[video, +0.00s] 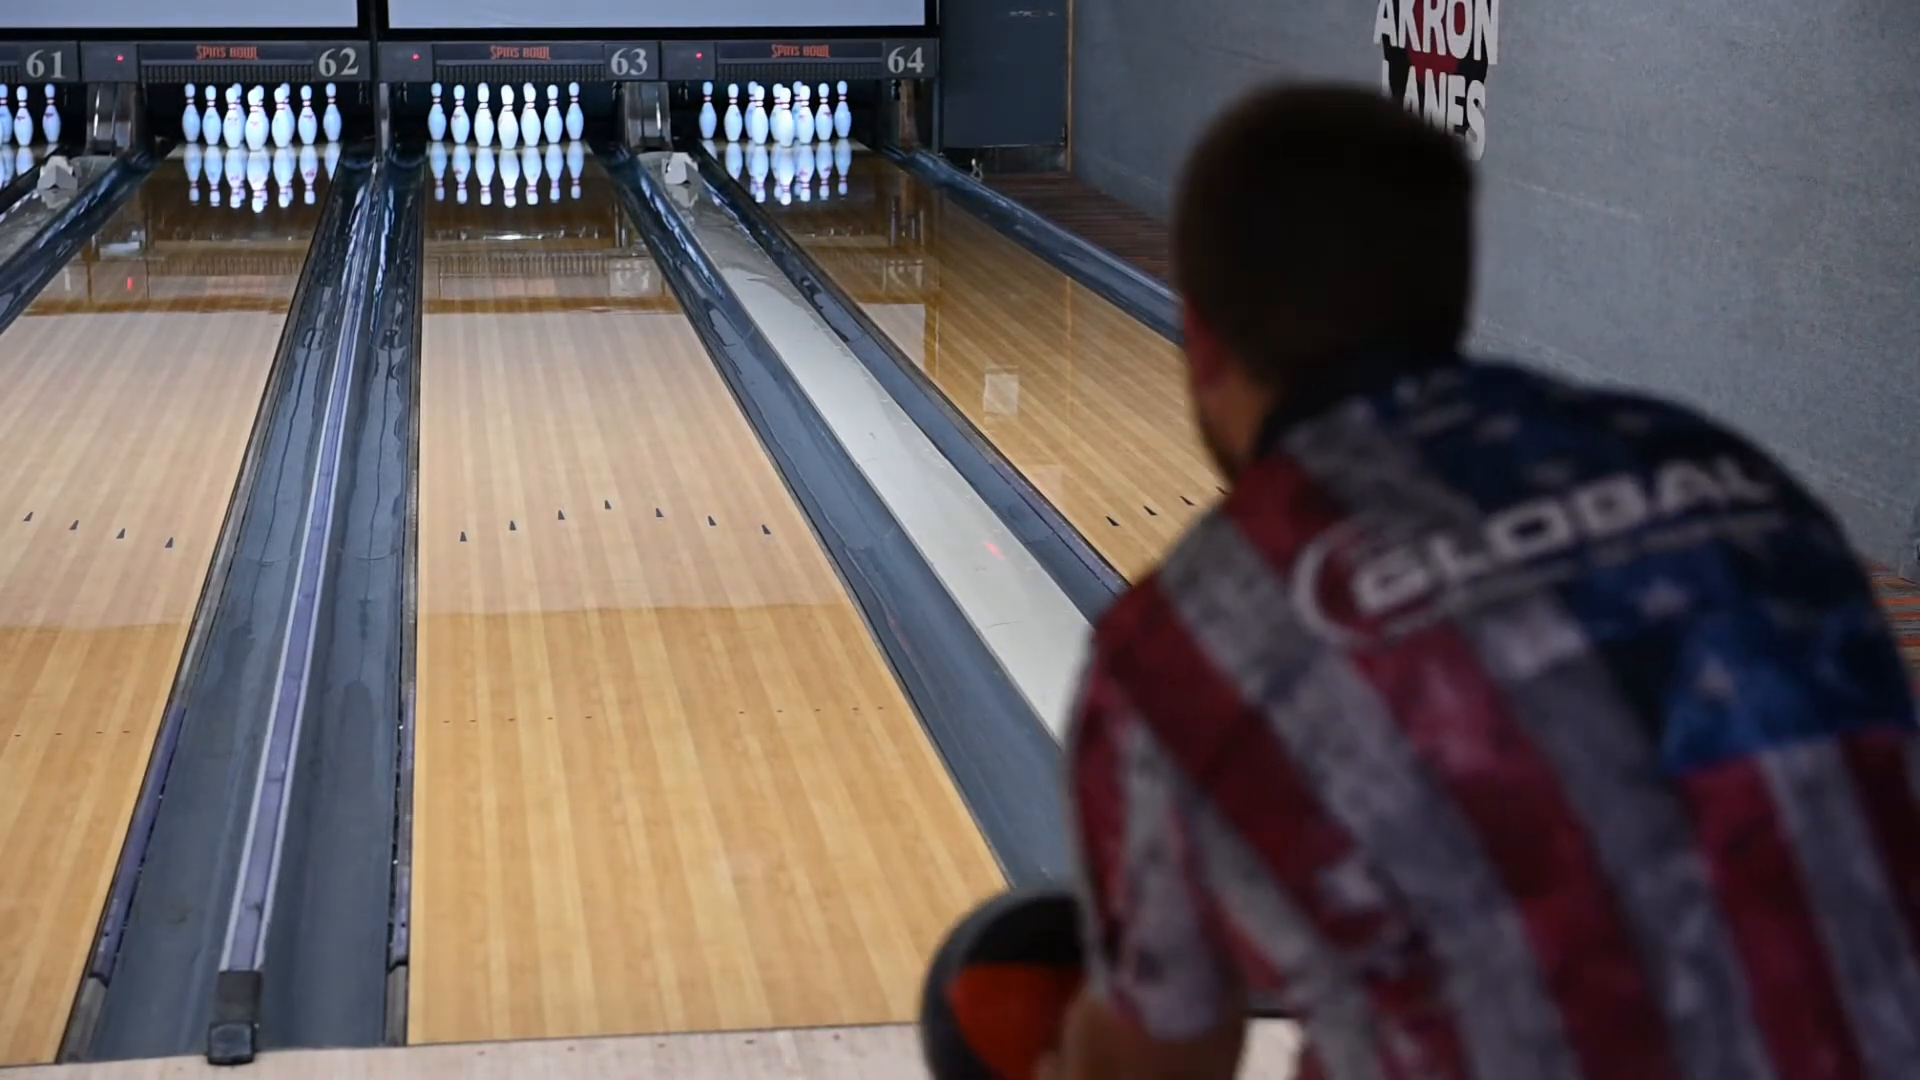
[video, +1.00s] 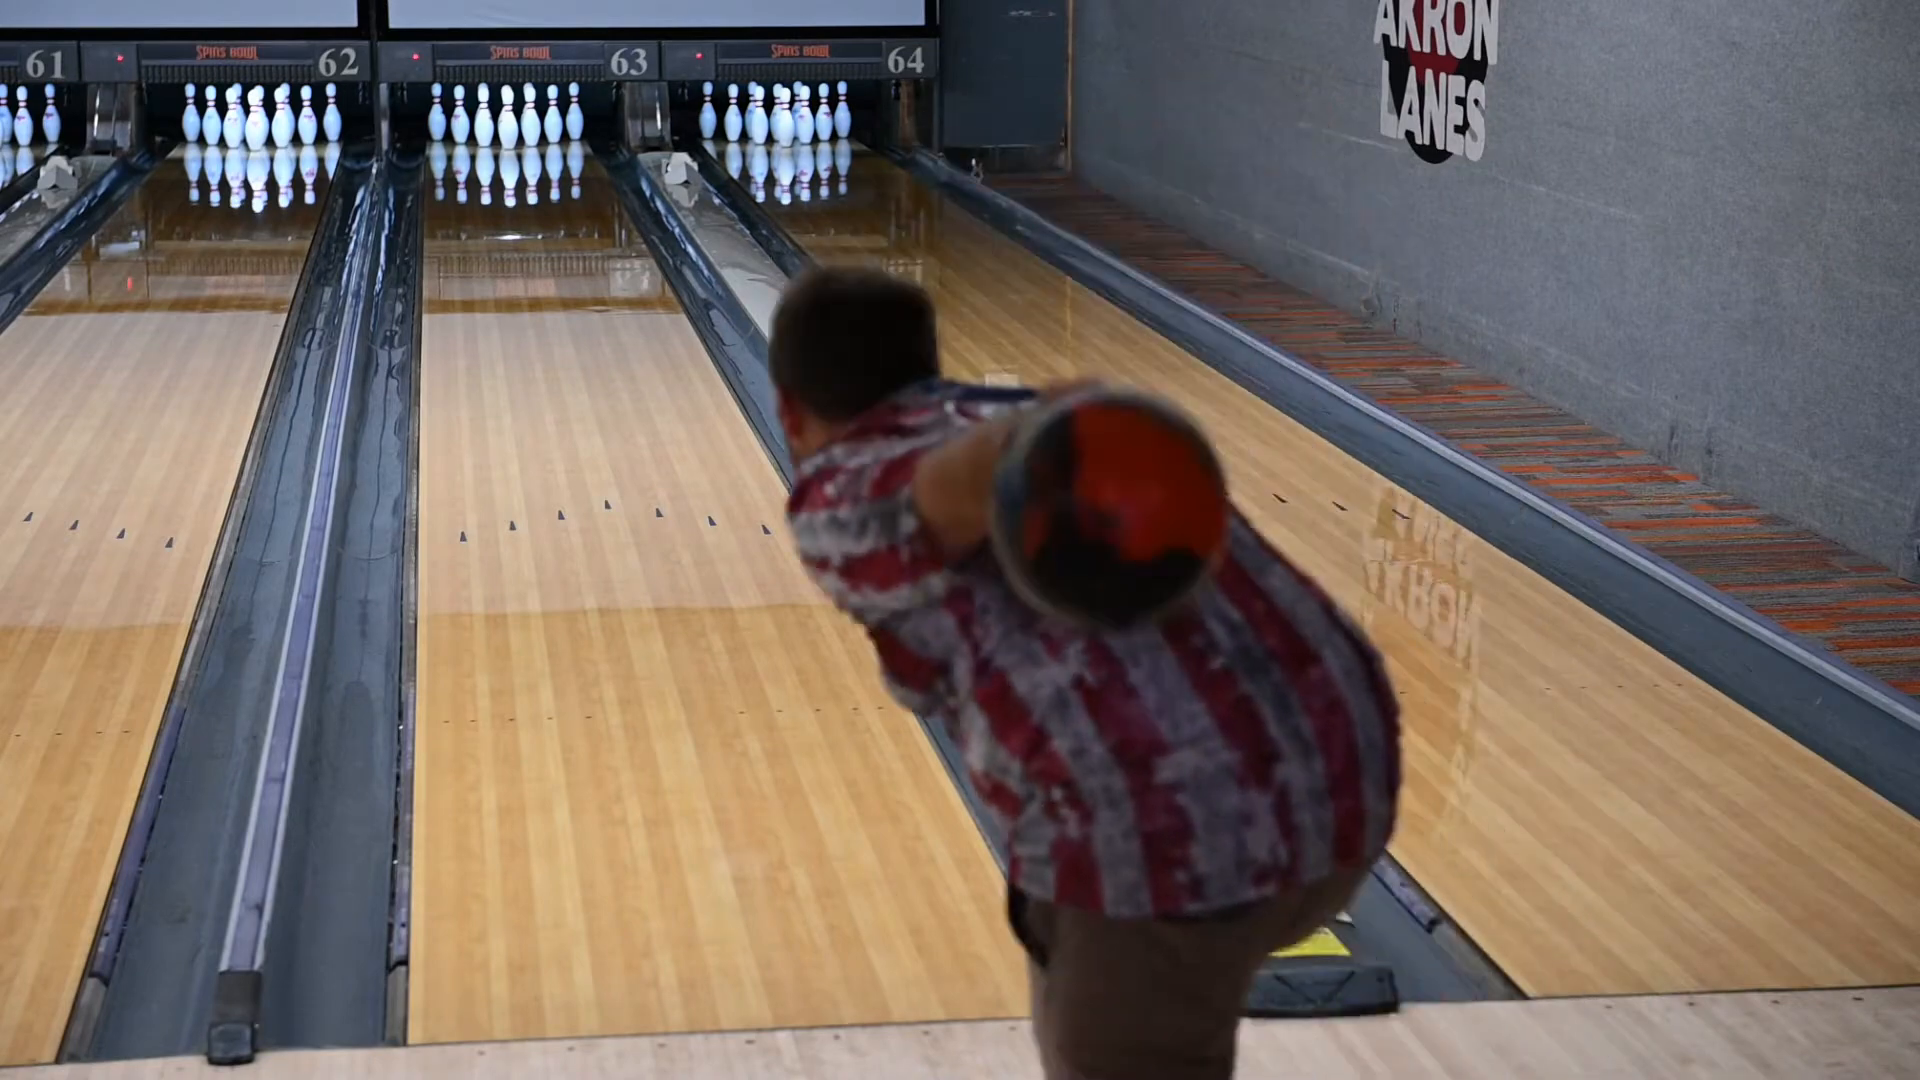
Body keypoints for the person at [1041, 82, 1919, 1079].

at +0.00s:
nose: (1187, 357)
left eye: (1186, 316)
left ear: (1199, 338)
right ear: (1457, 303)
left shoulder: (1176, 653)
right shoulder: (1718, 465)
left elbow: (1164, 1052)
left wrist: (1087, 1040)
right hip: (1875, 1046)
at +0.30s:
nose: (1077, 434)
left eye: (1068, 406)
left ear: (1085, 408)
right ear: (1301, 354)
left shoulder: (1093, 664)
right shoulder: (1542, 452)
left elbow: (1082, 1040)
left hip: (1509, 1060)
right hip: (1848, 1016)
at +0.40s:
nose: (1038, 351)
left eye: (1034, 326)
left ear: (1049, 340)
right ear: (1253, 306)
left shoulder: (1075, 580)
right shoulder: (1487, 393)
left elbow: (1078, 1011)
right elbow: (1722, 663)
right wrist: (1780, 888)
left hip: (1437, 1047)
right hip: (1759, 988)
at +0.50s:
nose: (998, 312)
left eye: (998, 288)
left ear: (1018, 298)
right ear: (1203, 256)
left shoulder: (1043, 474)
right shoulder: (1414, 340)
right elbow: (1664, 583)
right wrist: (1788, 838)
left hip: (1377, 965)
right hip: (1677, 891)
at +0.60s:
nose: (959, 305)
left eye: (952, 285)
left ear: (973, 274)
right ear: (1155, 233)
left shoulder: (1007, 352)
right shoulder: (1335, 323)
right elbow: (1550, 531)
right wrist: (1701, 763)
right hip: (1583, 895)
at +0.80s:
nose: (866, 315)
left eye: (867, 299)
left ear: (885, 290)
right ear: (1034, 220)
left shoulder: (925, 356)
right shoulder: (1202, 282)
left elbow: (1058, 261)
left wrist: (1161, 128)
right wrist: (1180, 124)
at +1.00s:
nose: (784, 429)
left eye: (780, 411)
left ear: (793, 413)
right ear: (929, 363)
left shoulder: (831, 501)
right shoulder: (1023, 409)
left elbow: (944, 489)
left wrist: (1048, 435)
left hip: (1172, 844)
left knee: (1117, 1054)